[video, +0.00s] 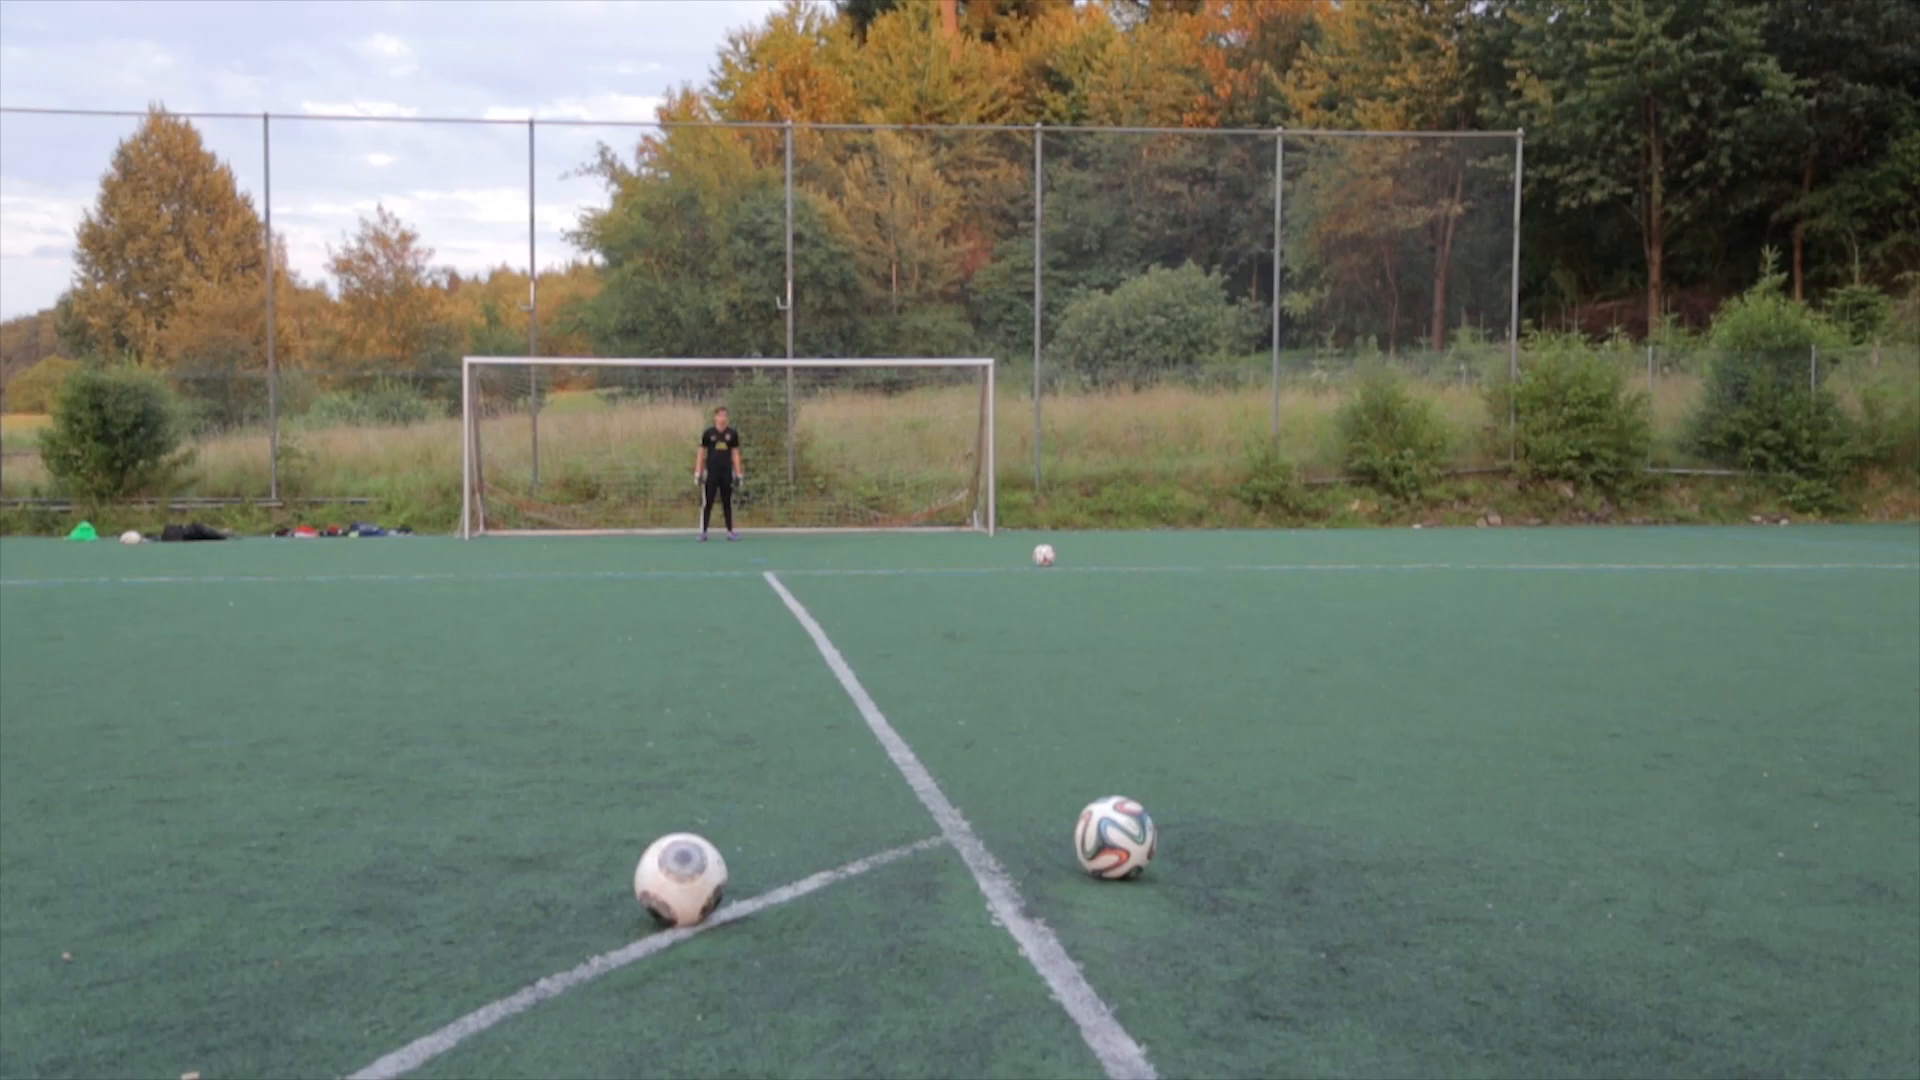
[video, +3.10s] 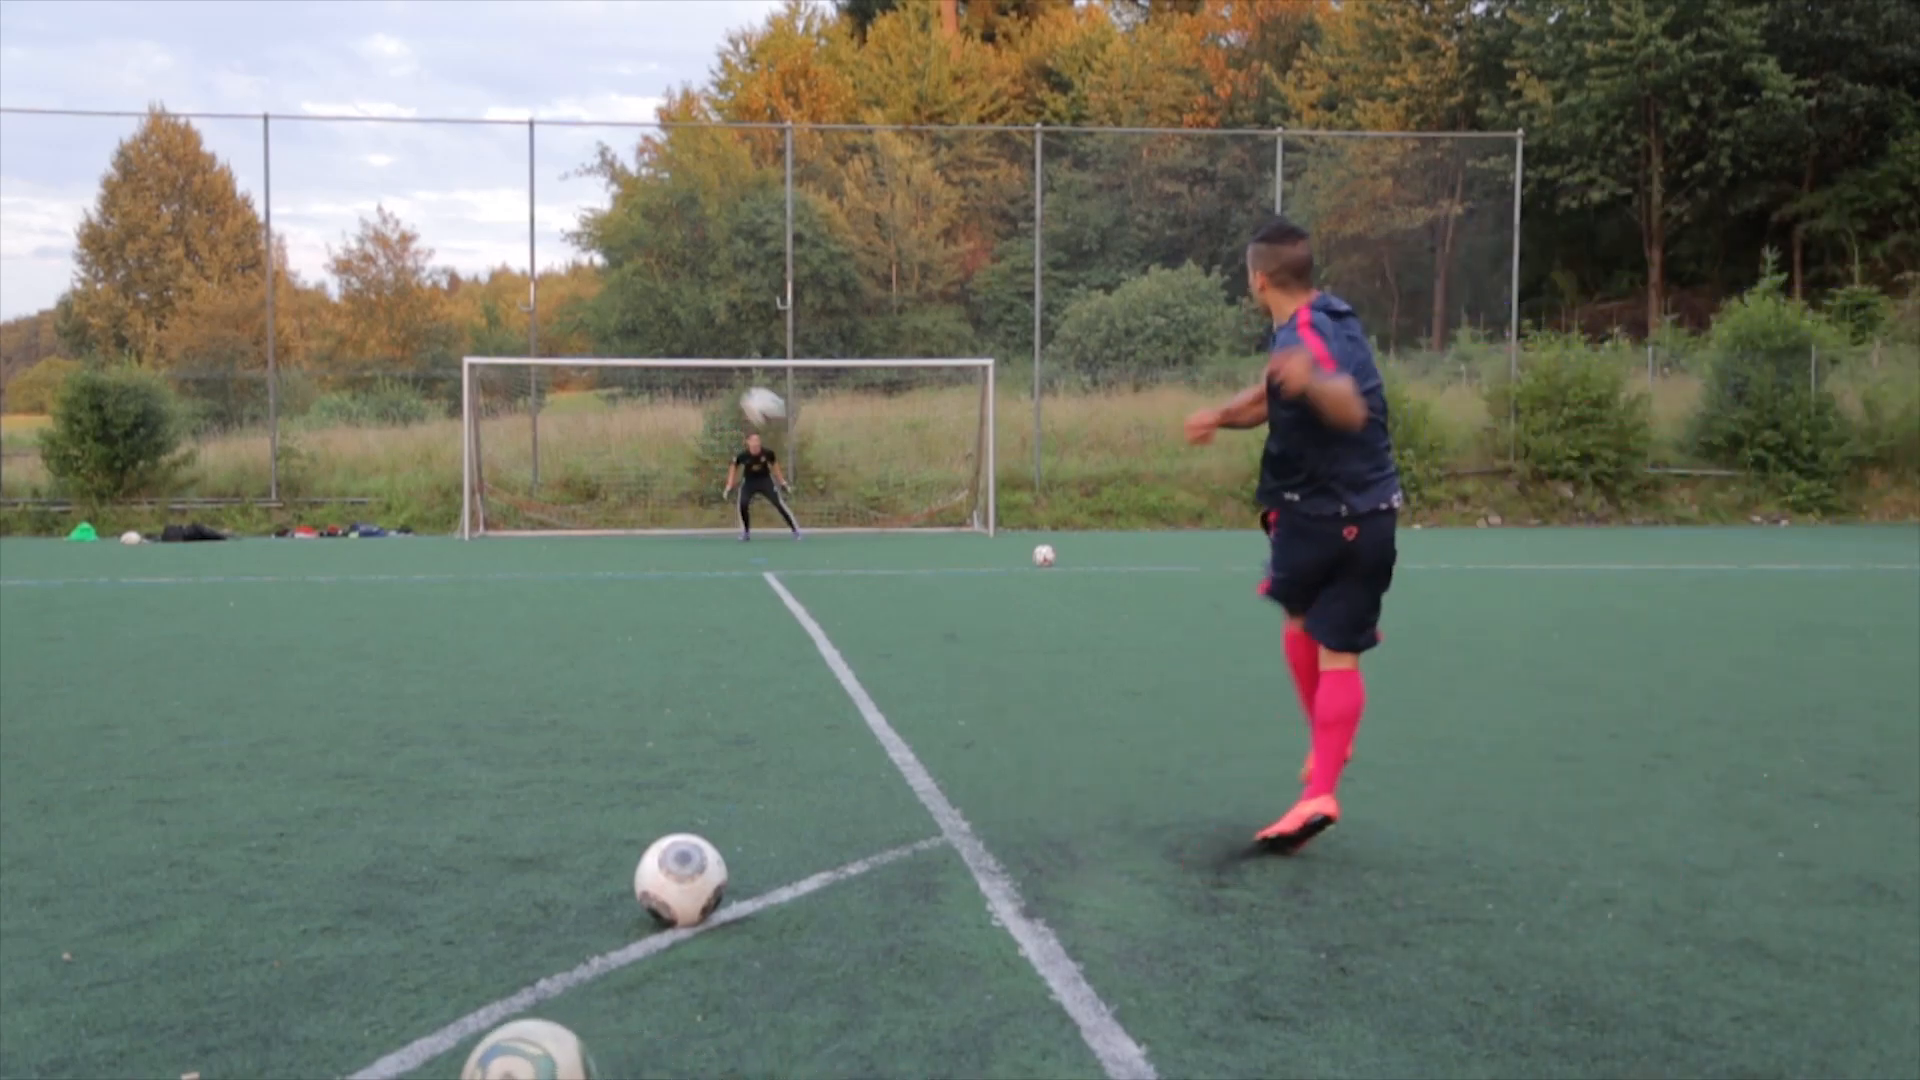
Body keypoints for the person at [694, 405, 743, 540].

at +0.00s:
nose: (723, 419)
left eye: (725, 416)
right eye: (720, 416)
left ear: (728, 418)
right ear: (715, 418)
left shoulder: (732, 434)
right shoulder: (708, 433)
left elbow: (735, 453)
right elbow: (702, 452)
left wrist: (738, 472)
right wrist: (698, 471)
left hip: (726, 473)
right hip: (711, 473)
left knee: (727, 503)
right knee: (708, 503)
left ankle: (730, 530)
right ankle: (703, 530)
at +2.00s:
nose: (718, 429)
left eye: (720, 426)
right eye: (716, 426)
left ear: (724, 428)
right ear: (712, 427)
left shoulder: (728, 442)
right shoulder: (704, 441)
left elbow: (731, 456)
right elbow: (695, 453)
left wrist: (734, 471)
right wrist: (697, 469)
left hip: (723, 476)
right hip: (706, 476)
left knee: (729, 503)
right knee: (697, 502)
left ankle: (730, 530)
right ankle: (688, 531)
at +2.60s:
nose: (726, 446)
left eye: (728, 443)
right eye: (723, 443)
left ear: (731, 444)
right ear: (719, 444)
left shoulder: (736, 457)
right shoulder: (712, 457)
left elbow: (741, 473)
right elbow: (704, 472)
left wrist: (743, 488)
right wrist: (700, 488)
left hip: (731, 486)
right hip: (714, 485)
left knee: (739, 507)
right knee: (704, 507)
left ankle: (747, 532)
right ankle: (699, 534)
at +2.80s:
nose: (737, 442)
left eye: (739, 439)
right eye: (735, 439)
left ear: (743, 439)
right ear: (731, 439)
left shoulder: (750, 450)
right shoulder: (725, 451)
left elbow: (755, 464)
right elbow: (717, 465)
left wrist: (758, 478)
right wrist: (713, 482)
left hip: (746, 482)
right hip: (730, 481)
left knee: (749, 506)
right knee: (717, 505)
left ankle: (749, 532)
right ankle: (705, 532)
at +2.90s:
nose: (743, 438)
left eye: (745, 435)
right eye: (741, 436)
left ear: (748, 435)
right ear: (736, 435)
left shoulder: (756, 445)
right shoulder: (731, 447)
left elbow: (761, 457)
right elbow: (721, 459)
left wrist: (766, 469)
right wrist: (718, 477)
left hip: (753, 476)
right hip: (737, 476)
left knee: (760, 500)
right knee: (726, 500)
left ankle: (755, 529)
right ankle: (721, 527)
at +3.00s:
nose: (749, 437)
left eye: (751, 434)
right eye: (747, 434)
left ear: (754, 436)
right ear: (742, 435)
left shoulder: (762, 447)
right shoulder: (736, 449)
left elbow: (770, 459)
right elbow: (727, 461)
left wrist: (775, 472)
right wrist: (724, 478)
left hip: (759, 476)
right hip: (743, 476)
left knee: (770, 499)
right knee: (736, 499)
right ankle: (734, 527)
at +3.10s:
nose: (755, 447)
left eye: (757, 444)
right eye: (753, 444)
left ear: (760, 444)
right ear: (748, 445)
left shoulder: (768, 454)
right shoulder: (742, 457)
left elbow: (775, 468)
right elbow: (733, 468)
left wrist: (783, 482)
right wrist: (729, 484)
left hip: (765, 483)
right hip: (749, 484)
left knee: (779, 504)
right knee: (743, 505)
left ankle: (795, 530)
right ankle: (746, 532)